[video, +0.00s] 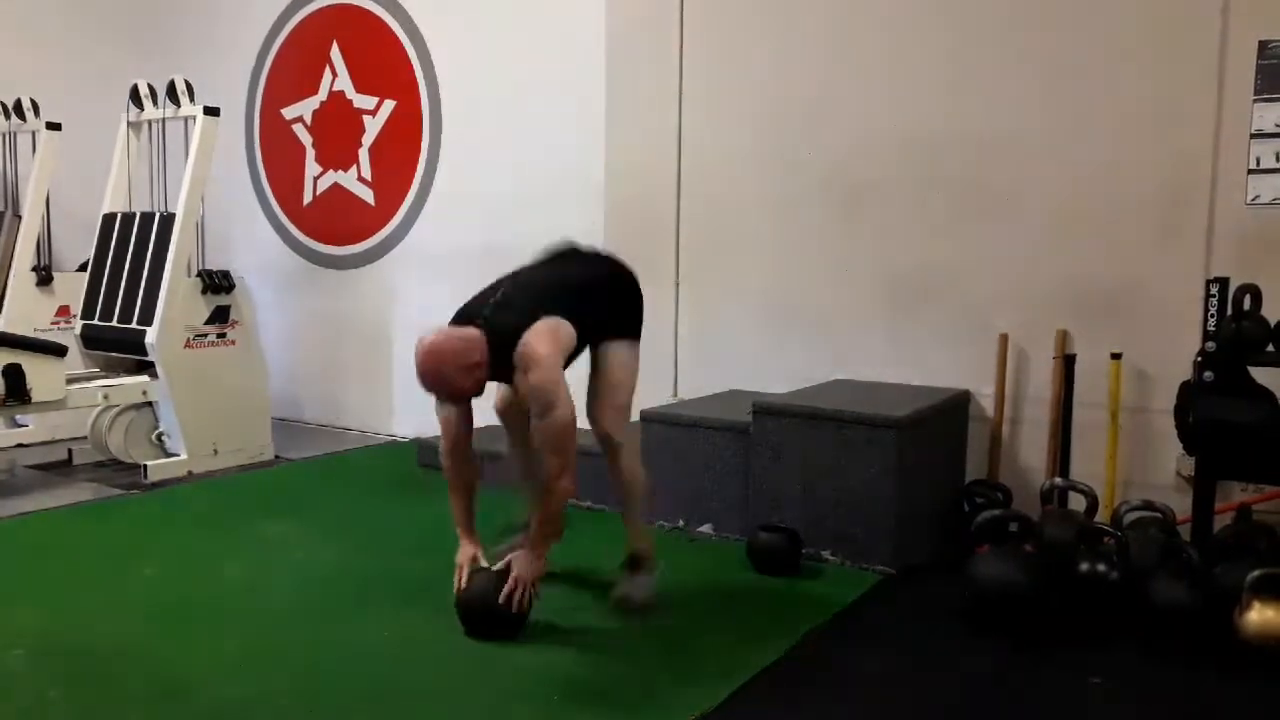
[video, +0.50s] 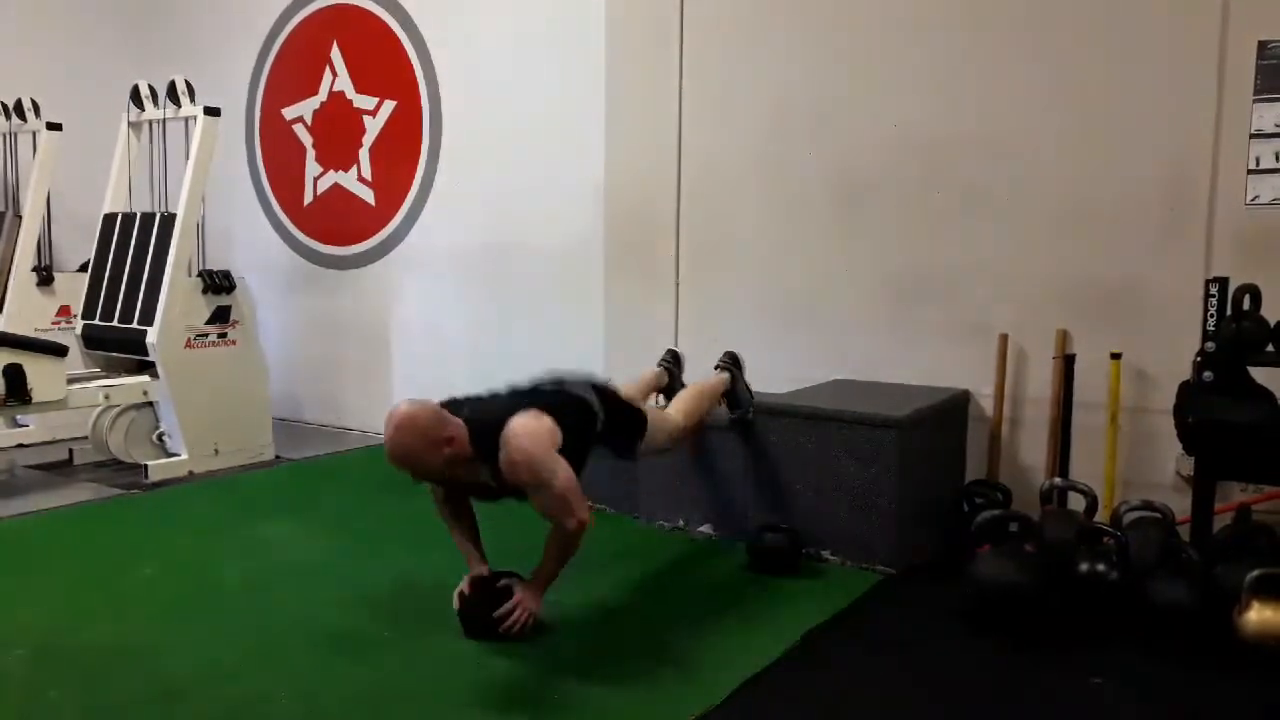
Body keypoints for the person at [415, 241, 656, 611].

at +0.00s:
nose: (458, 401)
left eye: (458, 394)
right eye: (446, 397)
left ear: (475, 367)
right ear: (438, 366)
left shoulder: (536, 359)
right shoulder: (450, 352)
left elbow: (560, 476)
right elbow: (455, 451)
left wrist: (536, 553)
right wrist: (465, 538)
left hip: (613, 288)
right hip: (555, 283)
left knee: (610, 426)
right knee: (512, 407)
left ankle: (641, 556)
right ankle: (541, 526)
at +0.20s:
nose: (441, 549)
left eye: (441, 543)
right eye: (433, 546)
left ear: (454, 521)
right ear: (416, 486)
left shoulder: (521, 496)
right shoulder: (429, 468)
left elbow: (592, 536)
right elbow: (464, 510)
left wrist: (537, 589)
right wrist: (476, 568)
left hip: (591, 449)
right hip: (541, 431)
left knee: (665, 448)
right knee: (614, 424)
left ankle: (716, 384)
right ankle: (660, 379)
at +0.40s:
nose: (418, 517)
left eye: (421, 510)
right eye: (411, 509)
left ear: (447, 492)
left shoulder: (523, 497)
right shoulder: (435, 479)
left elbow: (590, 539)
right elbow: (456, 523)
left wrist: (536, 591)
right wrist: (476, 570)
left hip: (598, 468)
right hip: (547, 451)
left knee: (671, 447)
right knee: (608, 433)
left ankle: (720, 382)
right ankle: (660, 378)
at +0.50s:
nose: (420, 477)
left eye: (421, 469)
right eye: (412, 471)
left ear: (451, 443)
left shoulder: (522, 449)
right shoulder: (439, 442)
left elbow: (575, 520)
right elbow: (449, 499)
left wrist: (535, 589)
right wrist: (475, 564)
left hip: (595, 410)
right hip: (544, 401)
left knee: (672, 425)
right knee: (618, 399)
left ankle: (725, 377)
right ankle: (662, 375)